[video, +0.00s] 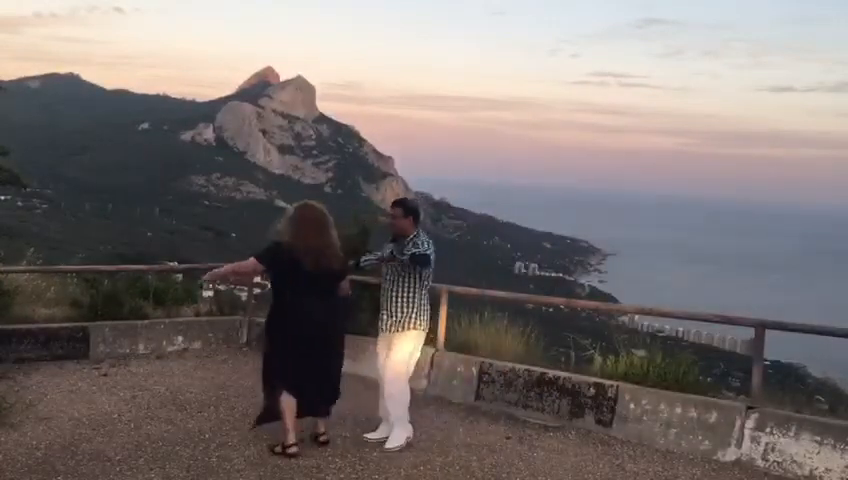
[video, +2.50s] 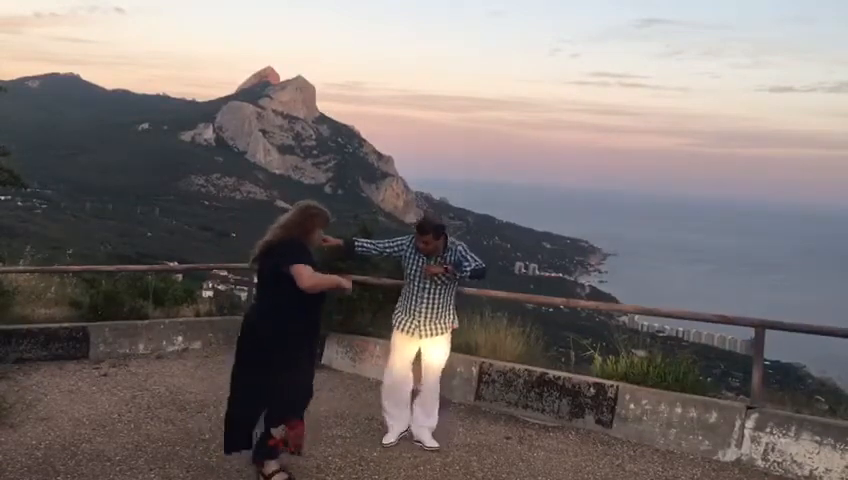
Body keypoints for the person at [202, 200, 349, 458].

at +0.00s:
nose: (284, 227)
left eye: (287, 222)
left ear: (291, 226)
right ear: (327, 228)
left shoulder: (281, 250)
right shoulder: (334, 257)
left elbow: (248, 267)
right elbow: (345, 291)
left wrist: (218, 273)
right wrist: (322, 285)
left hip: (288, 326)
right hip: (325, 328)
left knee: (286, 381)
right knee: (321, 377)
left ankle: (290, 441)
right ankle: (322, 431)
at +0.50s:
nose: (313, 223)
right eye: (311, 219)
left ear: (276, 220)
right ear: (308, 222)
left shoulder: (263, 250)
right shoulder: (318, 251)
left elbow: (234, 266)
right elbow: (338, 289)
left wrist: (222, 270)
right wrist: (363, 313)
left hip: (269, 330)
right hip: (306, 331)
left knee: (272, 381)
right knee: (298, 385)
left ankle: (271, 441)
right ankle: (289, 450)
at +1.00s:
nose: (292, 228)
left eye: (291, 222)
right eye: (290, 223)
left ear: (256, 220)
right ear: (282, 224)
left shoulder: (242, 251)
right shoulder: (282, 255)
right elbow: (302, 294)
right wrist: (331, 298)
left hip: (234, 333)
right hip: (267, 336)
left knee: (240, 390)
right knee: (273, 389)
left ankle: (233, 453)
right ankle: (262, 448)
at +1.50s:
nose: (287, 231)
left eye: (286, 225)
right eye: (285, 225)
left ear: (255, 223)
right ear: (275, 225)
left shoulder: (242, 253)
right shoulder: (273, 253)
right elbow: (294, 286)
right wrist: (319, 286)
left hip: (230, 339)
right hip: (262, 344)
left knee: (230, 398)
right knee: (263, 400)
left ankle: (234, 462)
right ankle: (260, 458)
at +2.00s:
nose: (306, 239)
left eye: (307, 233)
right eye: (305, 232)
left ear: (279, 226)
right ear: (295, 232)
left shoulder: (262, 257)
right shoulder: (280, 261)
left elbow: (261, 302)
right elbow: (289, 305)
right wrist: (325, 329)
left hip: (248, 339)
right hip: (269, 345)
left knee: (252, 397)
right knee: (284, 404)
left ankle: (243, 452)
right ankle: (262, 459)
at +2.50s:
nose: (322, 236)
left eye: (323, 232)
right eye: (320, 230)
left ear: (295, 222)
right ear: (307, 226)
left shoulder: (280, 247)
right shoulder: (291, 247)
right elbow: (306, 280)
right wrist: (338, 280)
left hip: (276, 333)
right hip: (281, 337)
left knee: (284, 393)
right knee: (285, 395)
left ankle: (269, 451)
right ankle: (266, 458)